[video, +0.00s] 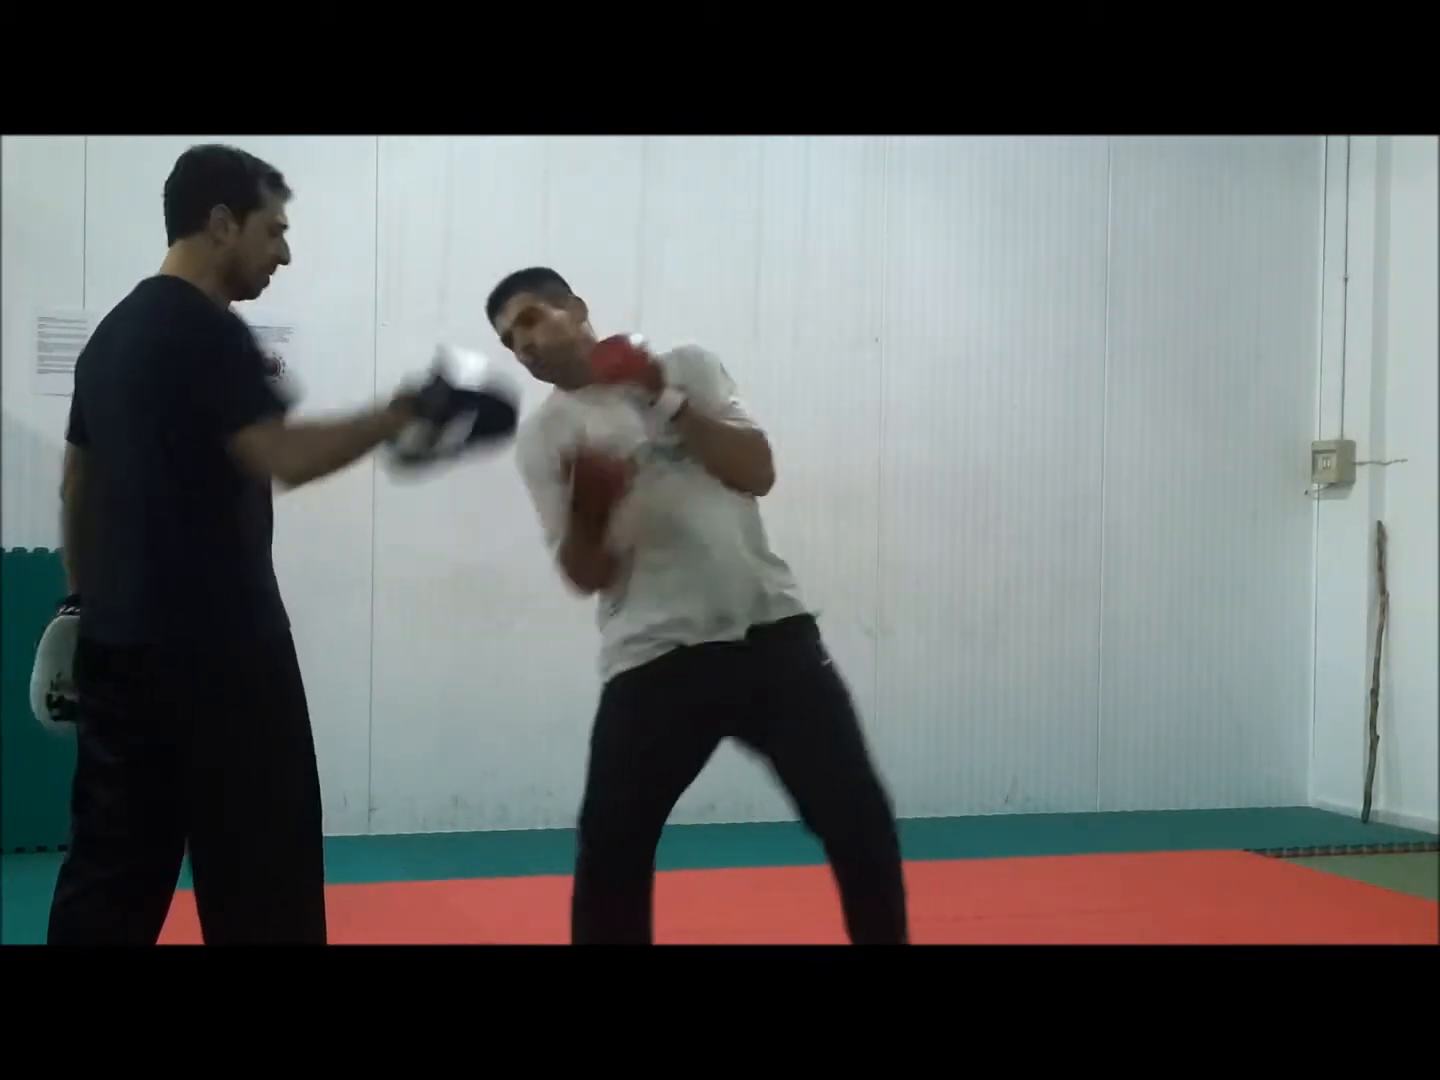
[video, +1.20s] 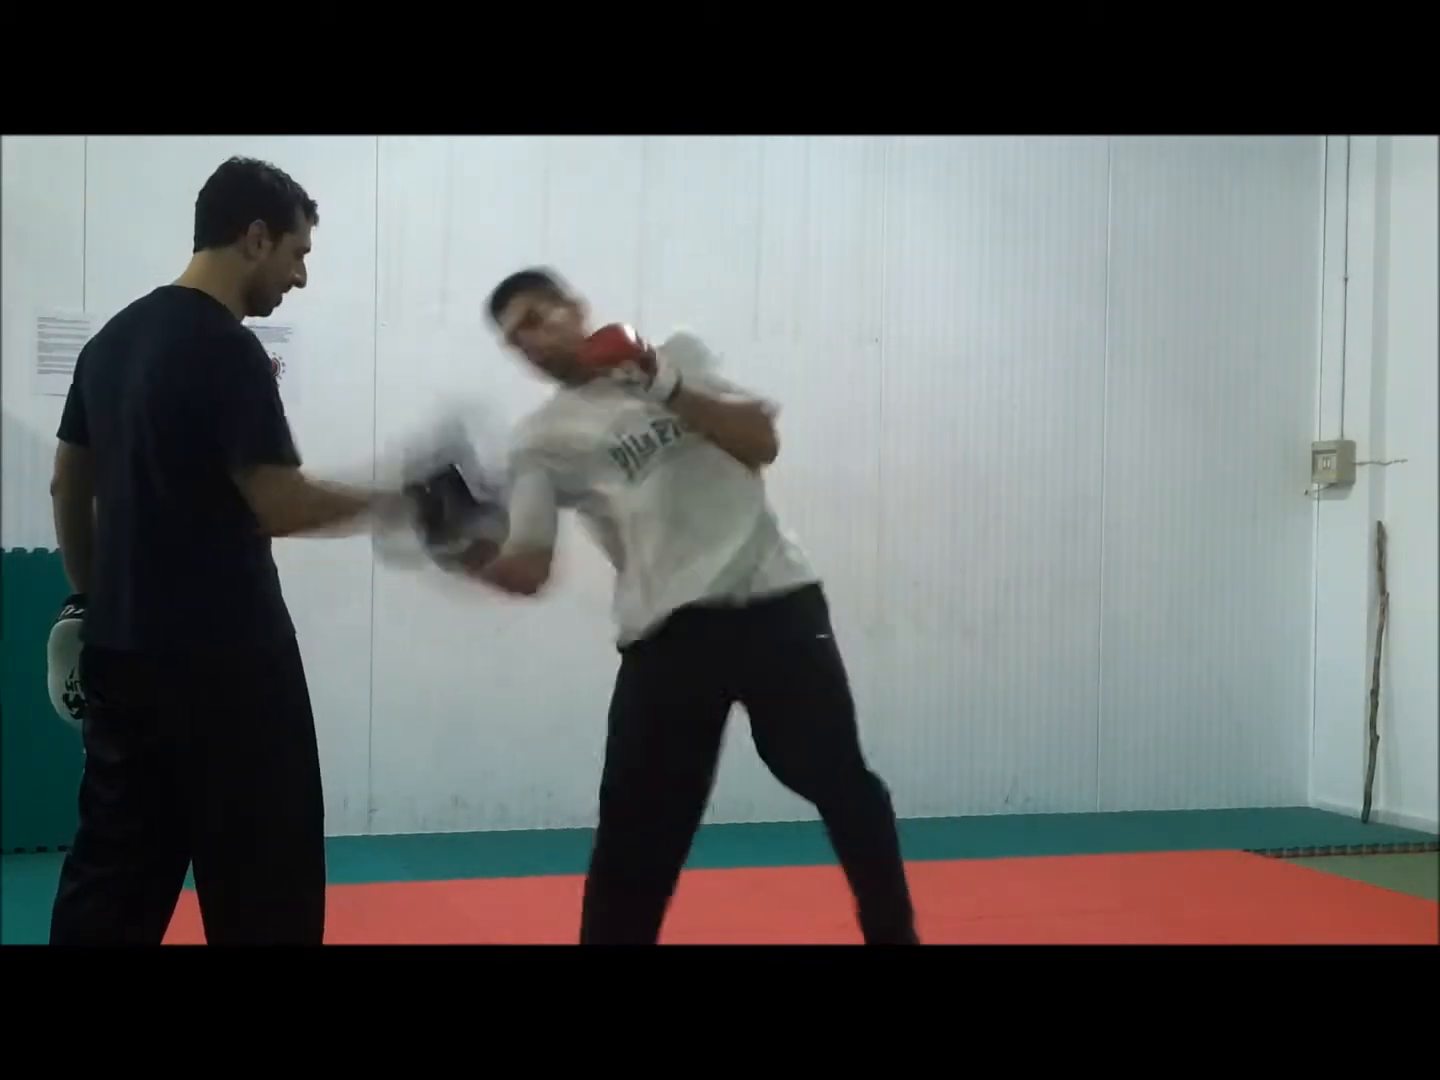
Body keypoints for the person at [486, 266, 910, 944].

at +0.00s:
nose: (525, 337)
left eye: (532, 316)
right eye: (513, 337)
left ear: (578, 307)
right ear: (520, 360)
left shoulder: (685, 367)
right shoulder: (544, 435)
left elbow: (756, 470)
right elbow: (586, 575)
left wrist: (661, 396)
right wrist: (590, 507)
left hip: (768, 633)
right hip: (655, 657)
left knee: (863, 825)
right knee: (610, 851)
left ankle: (883, 940)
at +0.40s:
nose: (568, 322)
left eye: (578, 300)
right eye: (562, 308)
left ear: (631, 290)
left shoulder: (720, 371)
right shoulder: (631, 404)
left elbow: (745, 501)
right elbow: (670, 530)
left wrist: (635, 434)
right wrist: (601, 551)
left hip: (765, 651)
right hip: (669, 661)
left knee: (835, 839)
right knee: (618, 844)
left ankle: (898, 944)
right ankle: (599, 942)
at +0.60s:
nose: (746, 329)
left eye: (759, 309)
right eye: (740, 312)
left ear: (811, 297)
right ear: (748, 311)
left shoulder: (895, 390)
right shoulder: (774, 396)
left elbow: (884, 534)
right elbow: (760, 533)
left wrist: (814, 447)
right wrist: (737, 455)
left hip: (883, 657)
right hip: (786, 646)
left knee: (919, 856)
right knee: (701, 805)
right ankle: (678, 942)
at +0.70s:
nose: (705, 332)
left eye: (714, 311)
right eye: (700, 316)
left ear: (765, 295)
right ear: (741, 307)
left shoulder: (850, 382)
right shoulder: (752, 399)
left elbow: (838, 532)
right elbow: (762, 534)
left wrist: (769, 462)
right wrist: (708, 465)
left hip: (863, 658)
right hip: (775, 651)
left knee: (903, 850)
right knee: (693, 829)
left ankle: (933, 945)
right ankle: (642, 943)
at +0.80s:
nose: (647, 358)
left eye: (654, 336)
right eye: (641, 343)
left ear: (702, 318)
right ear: (700, 325)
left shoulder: (749, 390)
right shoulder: (742, 391)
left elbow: (754, 533)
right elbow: (757, 525)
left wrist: (678, 482)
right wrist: (672, 488)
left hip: (817, 655)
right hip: (754, 652)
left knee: (855, 842)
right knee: (677, 836)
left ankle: (919, 943)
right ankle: (632, 945)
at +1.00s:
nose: (562, 393)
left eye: (566, 370)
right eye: (555, 380)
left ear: (612, 343)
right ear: (622, 348)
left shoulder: (649, 397)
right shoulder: (693, 398)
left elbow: (678, 542)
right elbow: (727, 549)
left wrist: (605, 498)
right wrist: (646, 572)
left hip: (766, 649)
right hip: (699, 655)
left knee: (822, 842)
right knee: (619, 833)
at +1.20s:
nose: (536, 335)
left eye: (539, 315)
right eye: (519, 335)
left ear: (575, 305)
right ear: (520, 356)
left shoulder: (675, 361)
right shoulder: (544, 438)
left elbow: (761, 442)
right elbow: (528, 571)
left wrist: (663, 388)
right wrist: (464, 539)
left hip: (777, 606)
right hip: (669, 632)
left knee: (842, 784)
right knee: (635, 840)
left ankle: (893, 935)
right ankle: (613, 941)